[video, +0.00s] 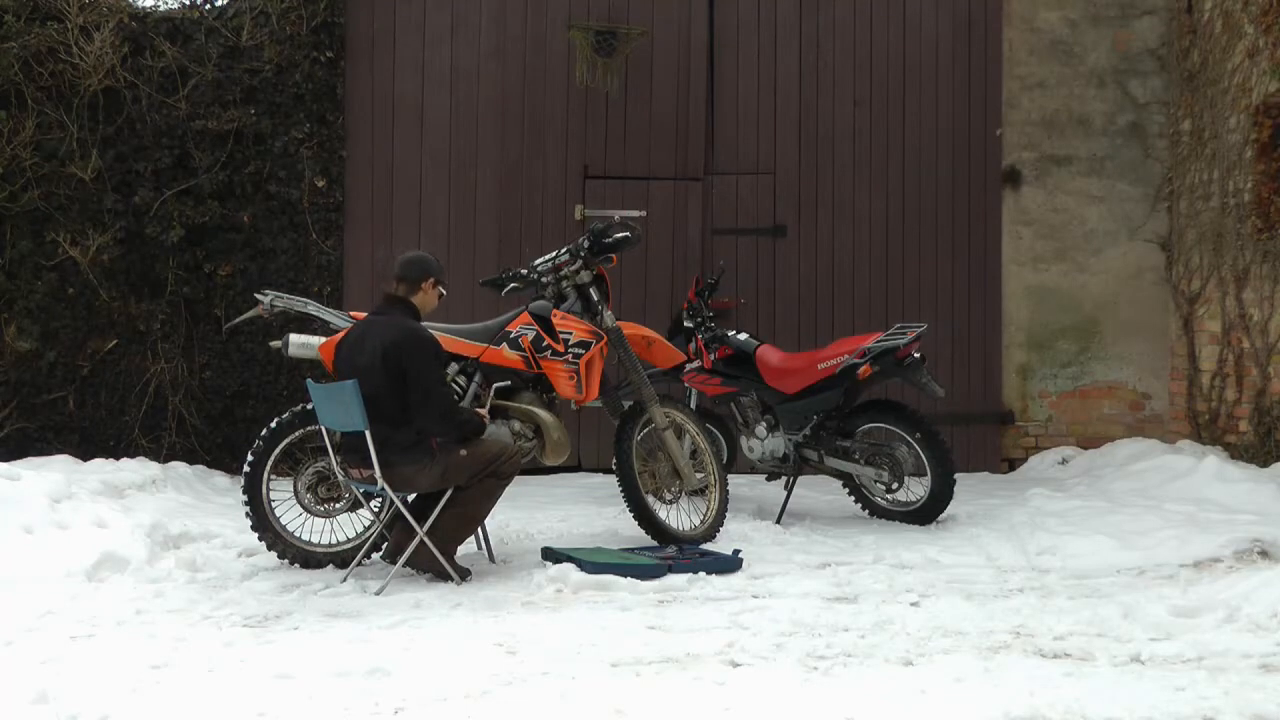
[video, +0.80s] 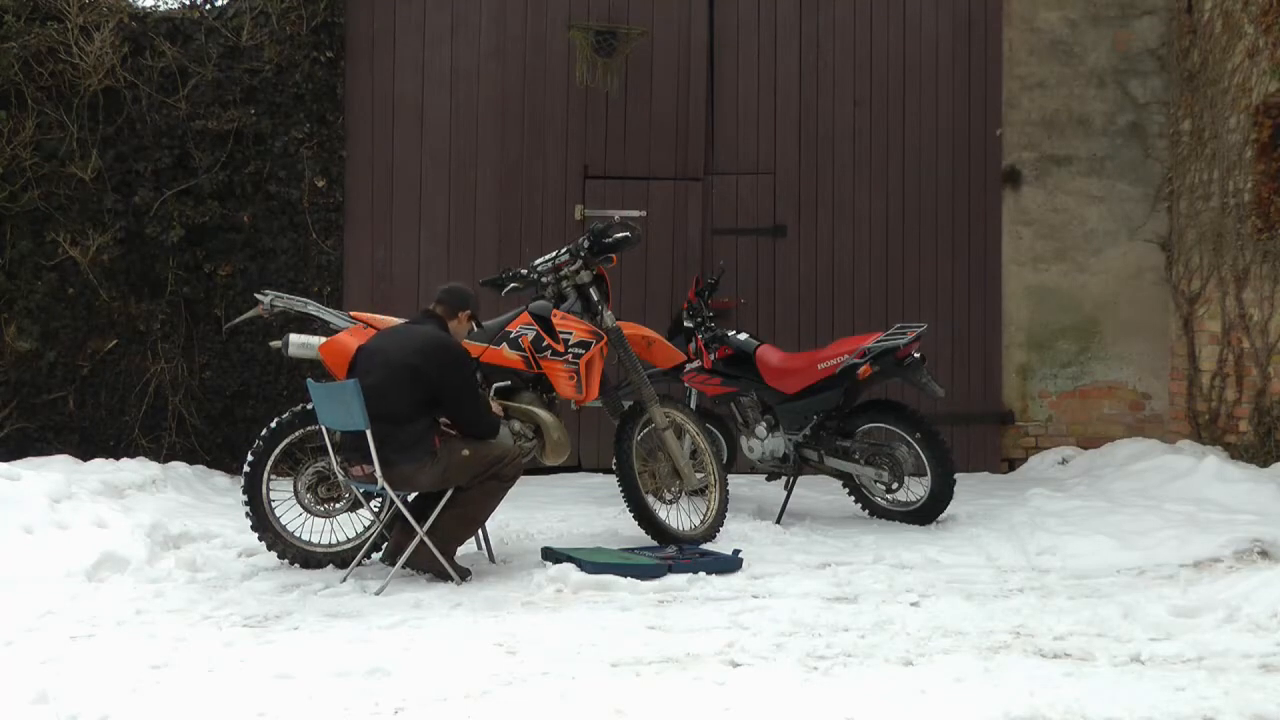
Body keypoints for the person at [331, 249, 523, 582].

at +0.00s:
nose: (439, 299)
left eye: (440, 291)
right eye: (439, 290)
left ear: (398, 284)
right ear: (425, 286)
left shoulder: (357, 333)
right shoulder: (417, 340)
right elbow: (439, 418)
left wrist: (454, 415)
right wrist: (477, 422)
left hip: (364, 457)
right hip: (403, 465)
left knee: (465, 449)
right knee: (507, 452)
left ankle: (404, 541)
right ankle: (435, 549)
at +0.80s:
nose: (468, 332)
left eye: (470, 325)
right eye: (470, 324)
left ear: (434, 308)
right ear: (461, 317)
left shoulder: (386, 335)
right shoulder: (447, 351)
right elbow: (481, 428)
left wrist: (438, 418)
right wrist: (493, 414)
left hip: (357, 457)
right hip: (401, 465)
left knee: (456, 451)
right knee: (508, 460)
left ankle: (402, 543)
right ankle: (434, 550)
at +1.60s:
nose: (475, 341)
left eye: (478, 334)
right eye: (477, 332)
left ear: (443, 315)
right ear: (469, 325)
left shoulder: (392, 338)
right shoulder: (453, 354)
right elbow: (480, 432)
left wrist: (434, 421)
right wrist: (493, 423)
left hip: (357, 457)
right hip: (400, 462)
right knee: (507, 462)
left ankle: (401, 543)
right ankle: (434, 551)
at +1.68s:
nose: (475, 341)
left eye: (478, 334)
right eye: (477, 332)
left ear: (443, 315)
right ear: (469, 325)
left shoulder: (391, 337)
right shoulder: (453, 354)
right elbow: (478, 431)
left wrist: (434, 421)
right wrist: (492, 423)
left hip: (357, 457)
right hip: (400, 462)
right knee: (507, 462)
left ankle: (402, 543)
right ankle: (434, 551)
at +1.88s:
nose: (475, 340)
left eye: (478, 333)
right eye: (478, 331)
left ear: (442, 314)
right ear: (470, 324)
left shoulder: (391, 338)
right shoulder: (453, 353)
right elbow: (476, 429)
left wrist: (436, 423)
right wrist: (494, 432)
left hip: (356, 457)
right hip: (400, 463)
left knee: (463, 453)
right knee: (507, 461)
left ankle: (402, 543)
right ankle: (434, 552)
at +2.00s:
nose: (475, 340)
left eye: (478, 333)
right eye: (478, 331)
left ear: (442, 314)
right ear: (470, 324)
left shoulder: (391, 338)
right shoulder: (453, 353)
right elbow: (477, 430)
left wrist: (435, 423)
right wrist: (495, 432)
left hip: (356, 457)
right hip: (400, 463)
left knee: (464, 454)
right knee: (507, 461)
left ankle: (402, 543)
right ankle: (434, 552)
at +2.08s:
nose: (475, 339)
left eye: (478, 332)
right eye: (478, 330)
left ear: (442, 314)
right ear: (470, 324)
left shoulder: (391, 338)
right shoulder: (453, 353)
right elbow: (476, 429)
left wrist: (435, 424)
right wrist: (495, 433)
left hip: (357, 458)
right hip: (400, 463)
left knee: (464, 454)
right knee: (507, 462)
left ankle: (402, 543)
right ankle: (434, 552)